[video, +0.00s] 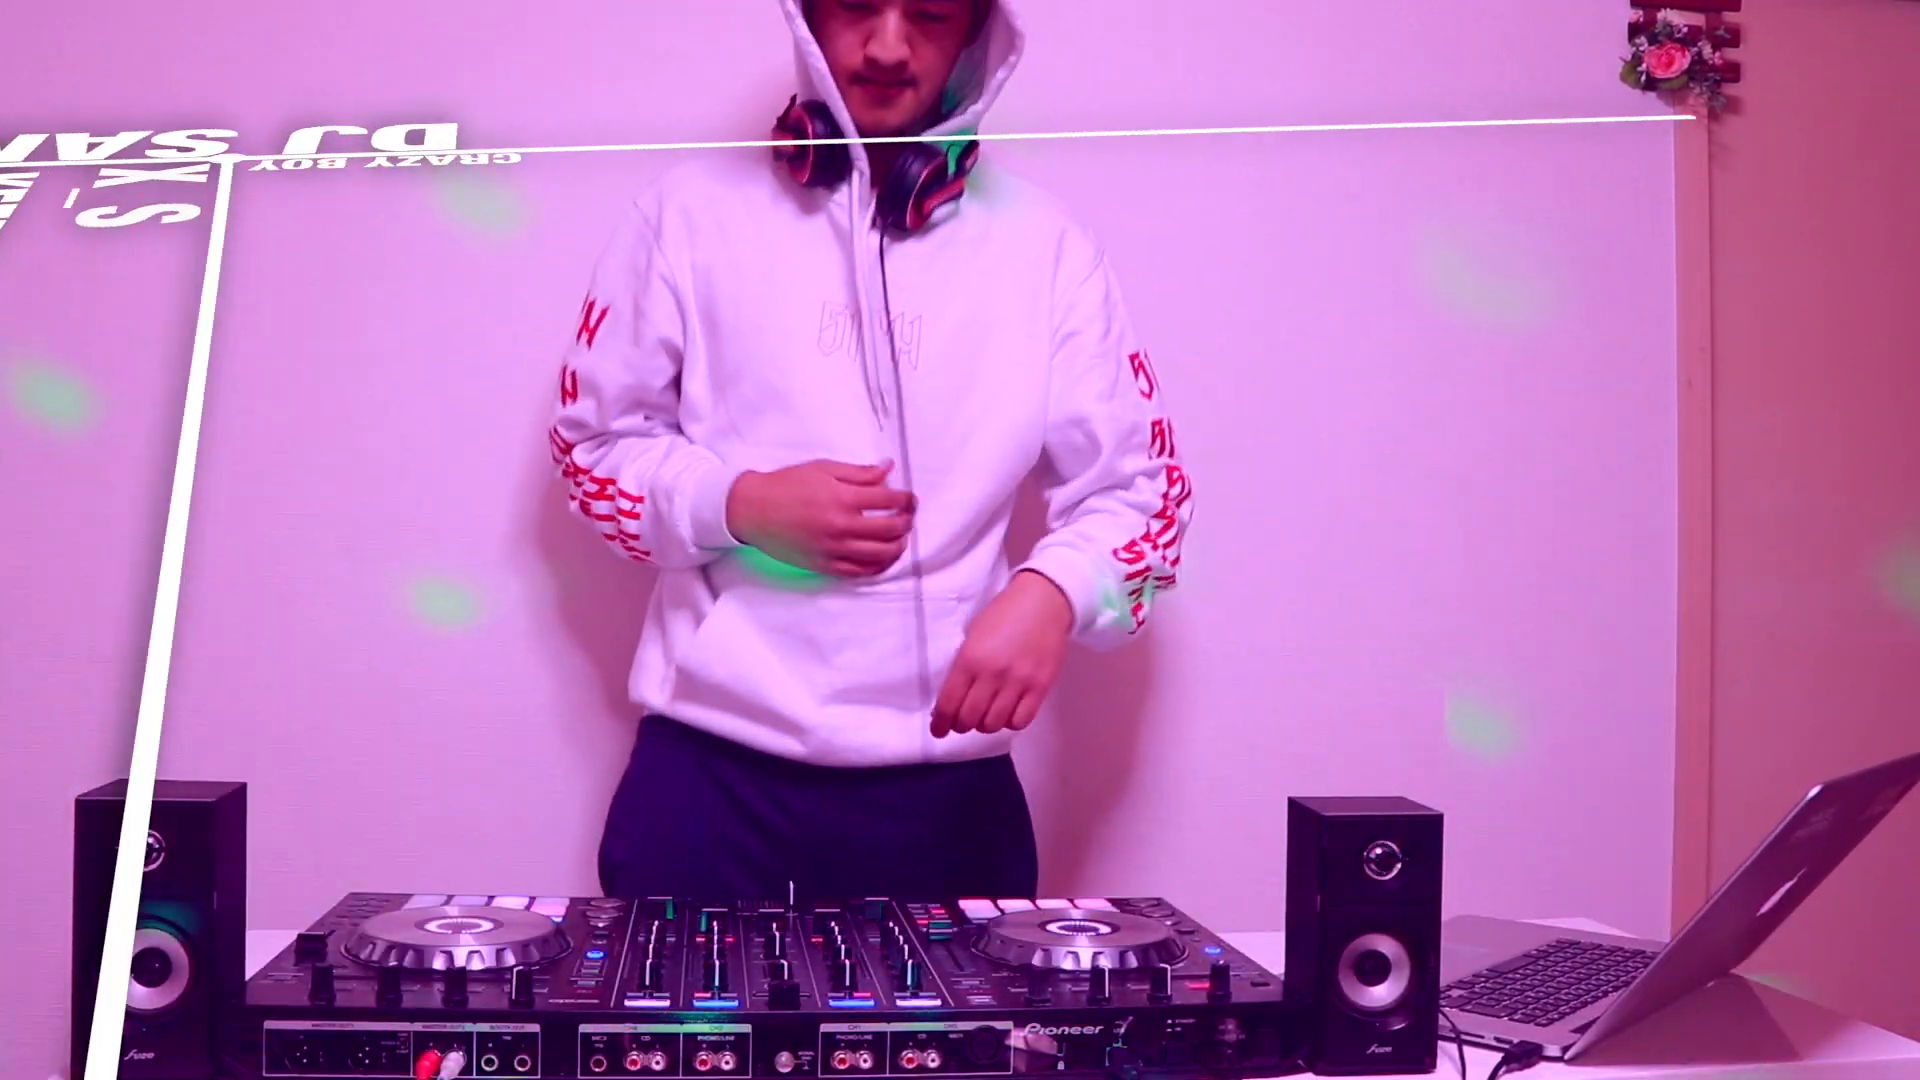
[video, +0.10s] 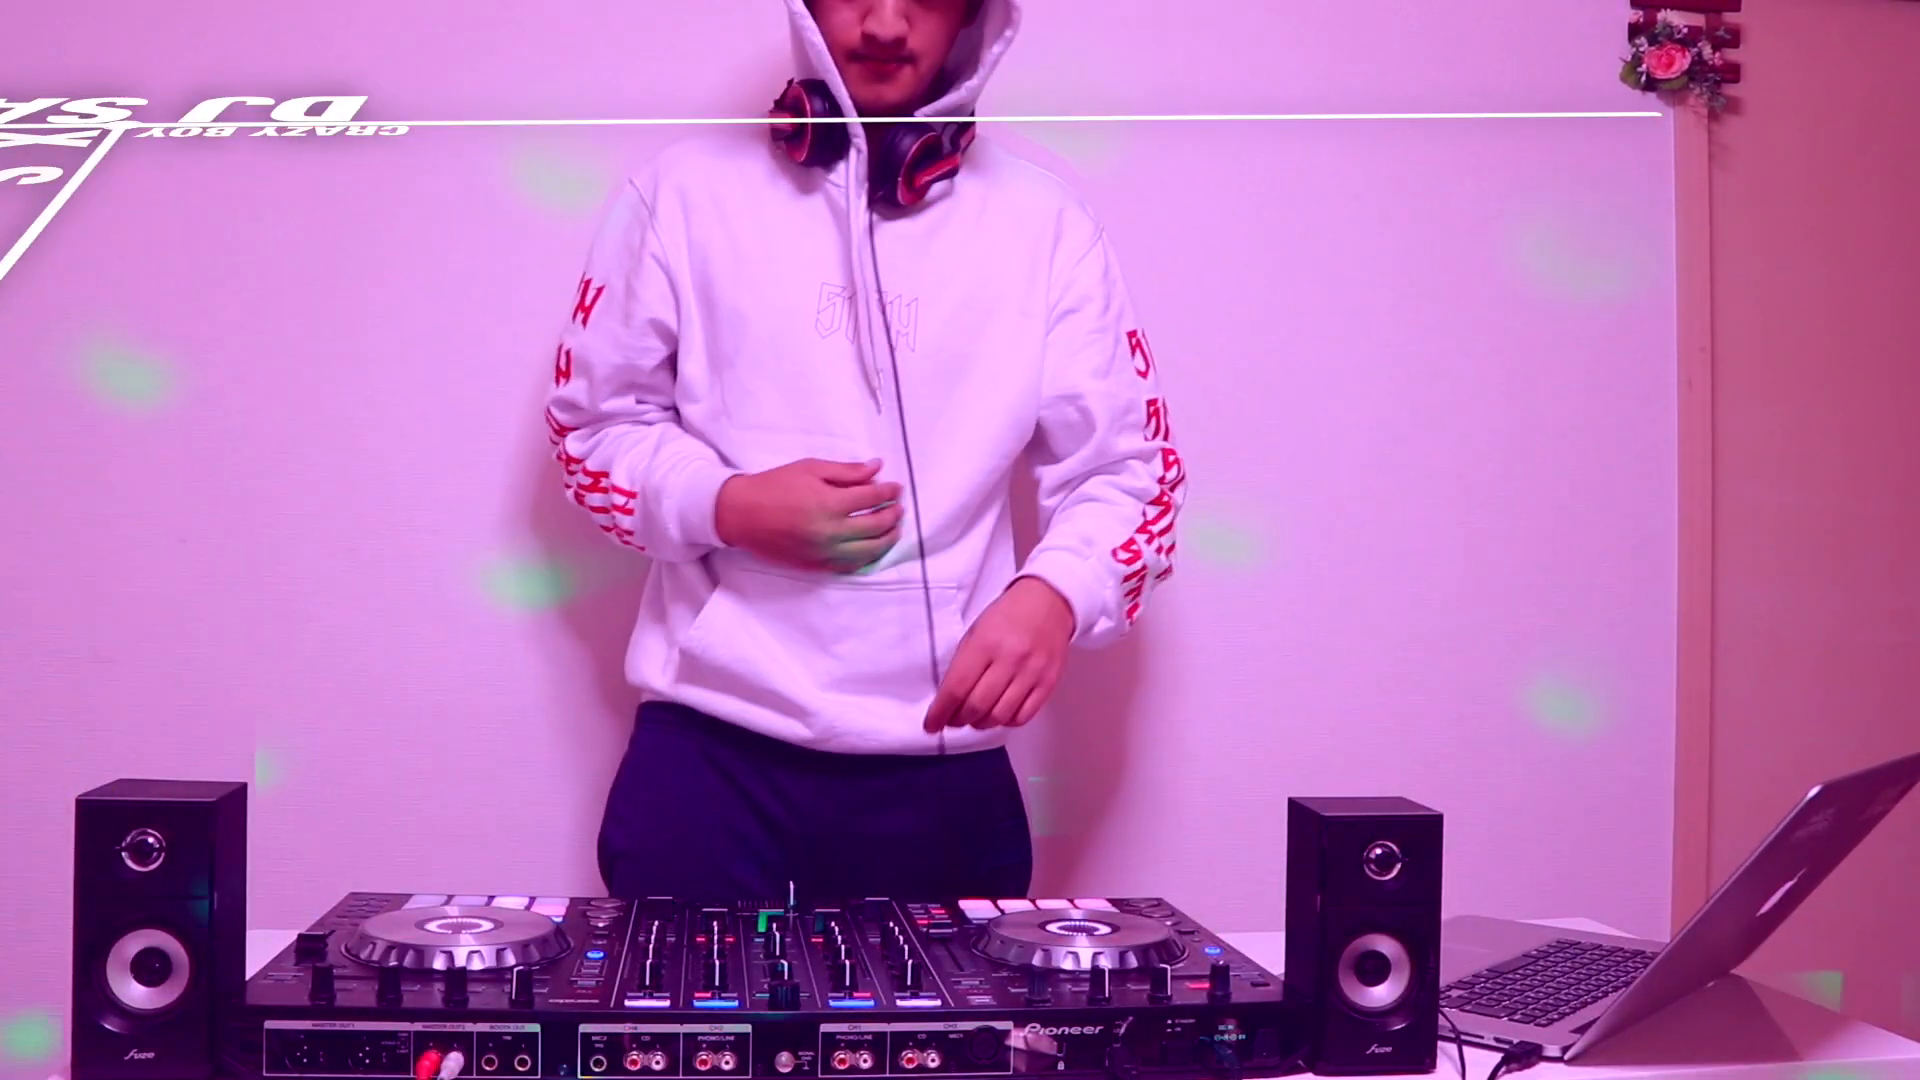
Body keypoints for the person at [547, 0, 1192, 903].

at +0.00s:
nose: (887, 49)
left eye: (926, 15)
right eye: (854, 11)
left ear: (971, 29)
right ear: (809, 20)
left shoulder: (1043, 249)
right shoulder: (693, 216)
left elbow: (1138, 488)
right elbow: (597, 447)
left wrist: (1052, 590)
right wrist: (742, 506)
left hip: (947, 798)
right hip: (714, 788)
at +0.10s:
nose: (885, 26)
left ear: (970, 15)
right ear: (805, 6)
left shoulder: (1041, 224)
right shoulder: (683, 196)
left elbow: (1129, 473)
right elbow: (597, 428)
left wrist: (1053, 596)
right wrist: (730, 507)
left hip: (944, 784)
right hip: (712, 769)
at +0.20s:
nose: (862, 47)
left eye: (903, 12)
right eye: (826, 7)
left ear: (950, 28)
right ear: (779, 19)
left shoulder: (1027, 243)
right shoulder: (666, 219)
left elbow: (1112, 493)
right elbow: (581, 448)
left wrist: (1019, 635)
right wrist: (688, 540)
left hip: (934, 794)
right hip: (702, 786)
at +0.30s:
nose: (818, 33)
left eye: (857, 1)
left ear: (909, 15)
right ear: (737, 10)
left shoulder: (990, 217)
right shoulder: (631, 201)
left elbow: (1059, 478)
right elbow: (558, 434)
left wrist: (972, 646)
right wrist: (647, 547)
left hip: (912, 786)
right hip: (676, 776)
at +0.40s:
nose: (773, 0)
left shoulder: (957, 192)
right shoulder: (595, 187)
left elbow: (1010, 466)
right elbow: (521, 415)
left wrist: (930, 660)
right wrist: (603, 523)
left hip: (884, 772)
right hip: (651, 763)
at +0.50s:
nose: (721, 13)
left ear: (812, 2)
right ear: (645, 9)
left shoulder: (917, 210)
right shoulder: (561, 208)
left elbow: (973, 488)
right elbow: (486, 439)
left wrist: (886, 694)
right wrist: (558, 539)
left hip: (857, 785)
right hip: (620, 782)